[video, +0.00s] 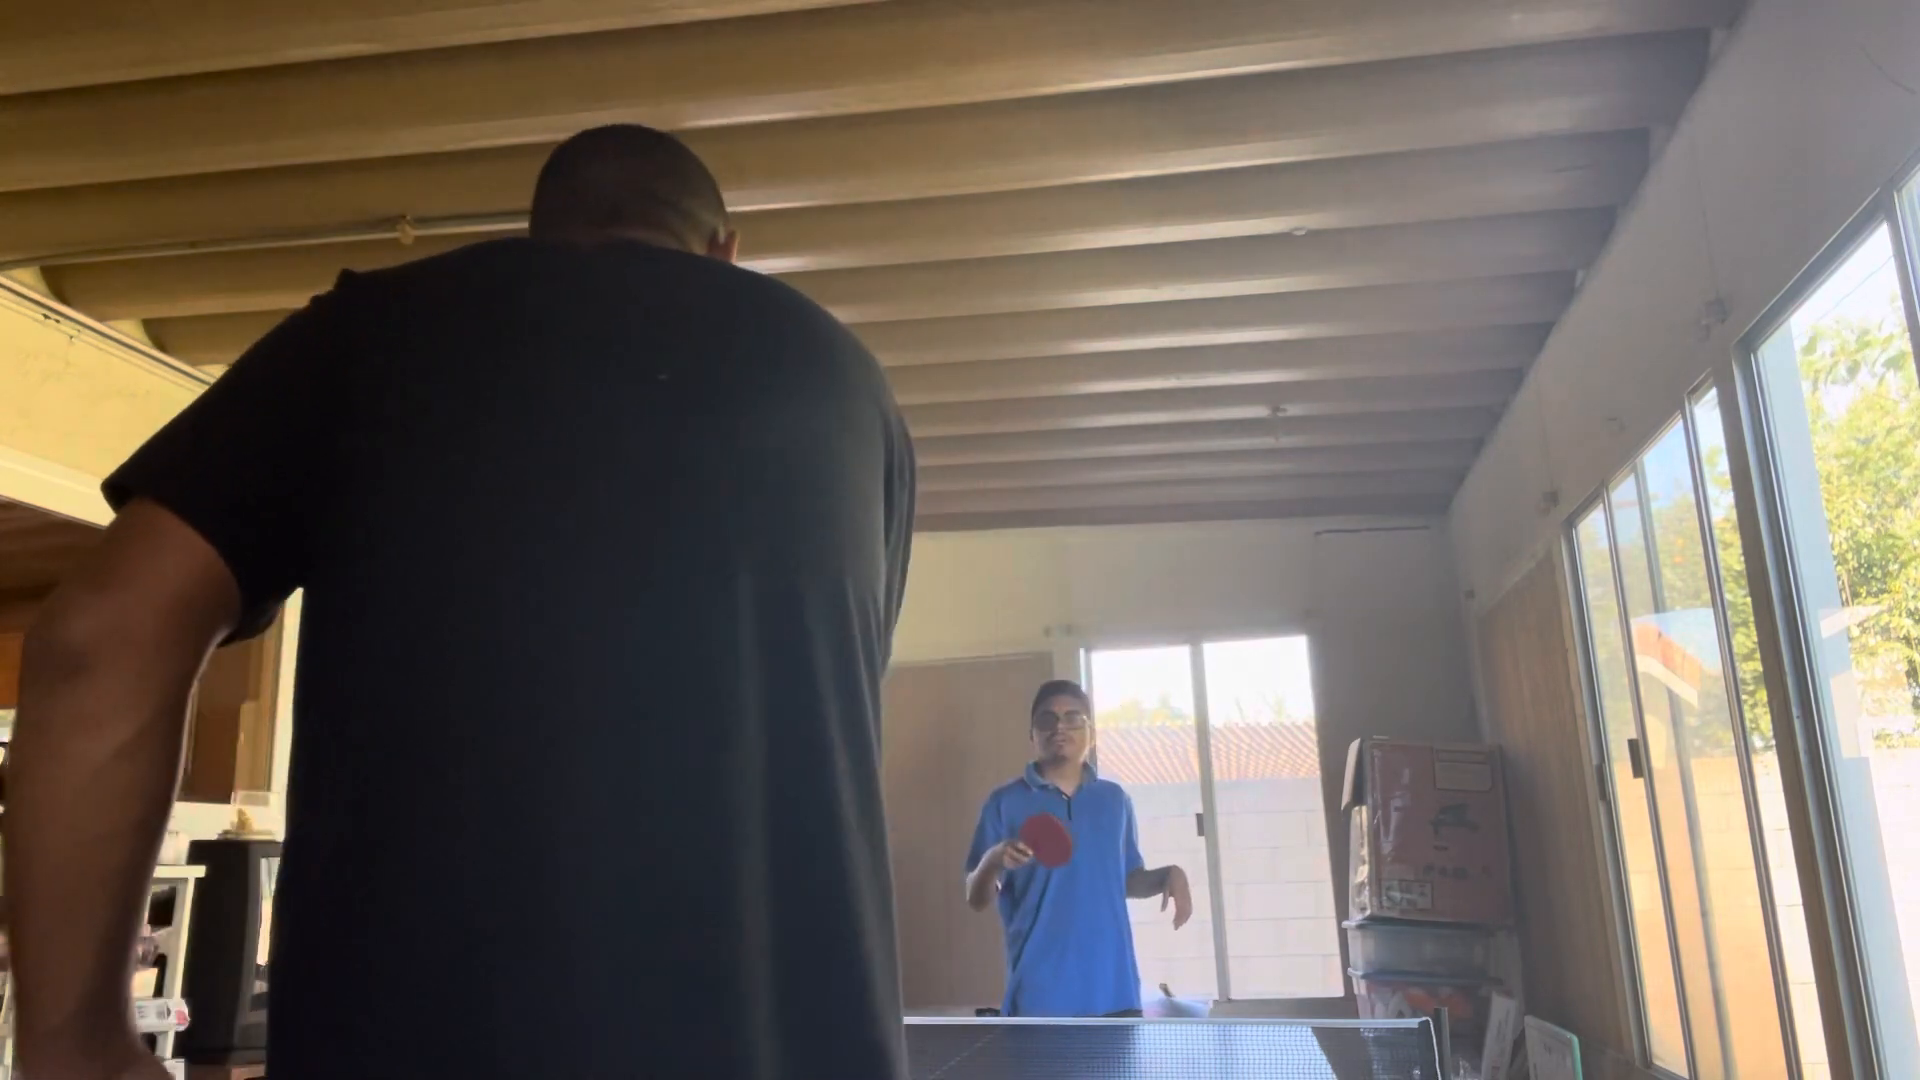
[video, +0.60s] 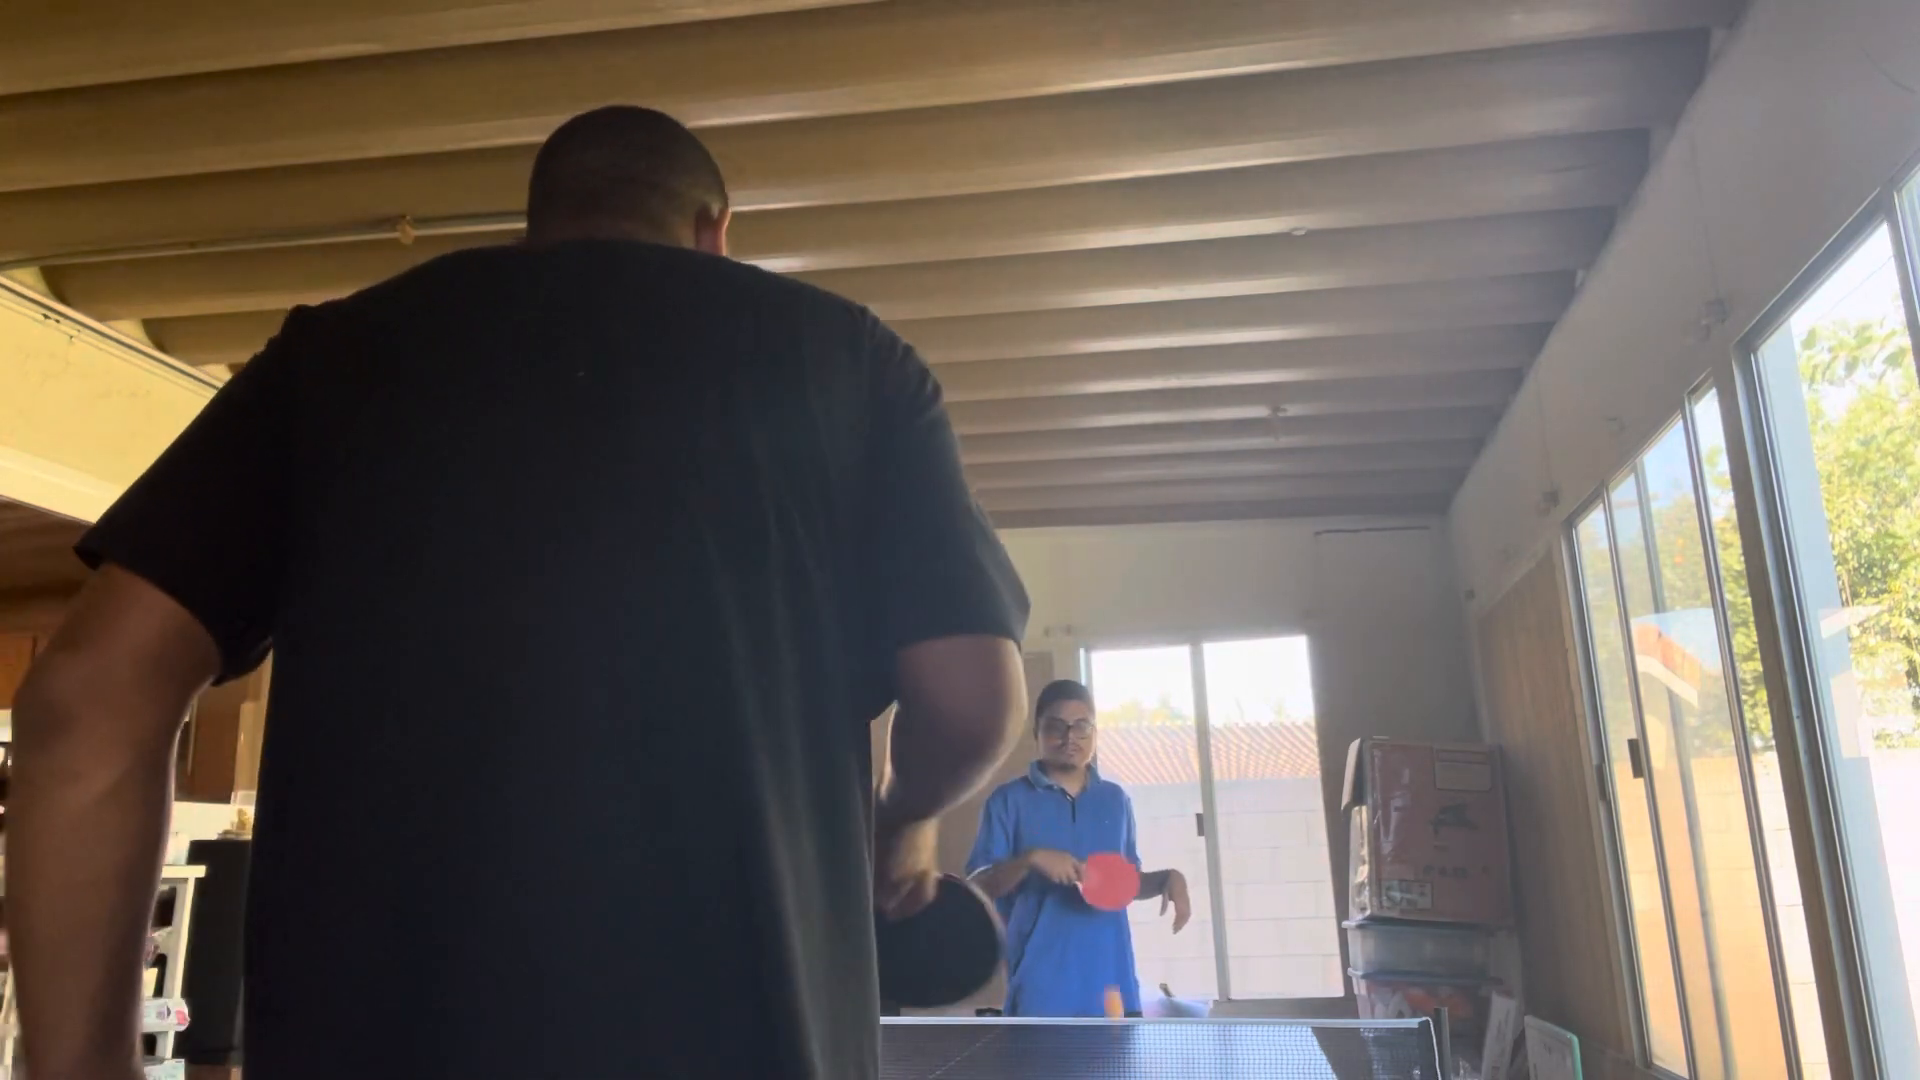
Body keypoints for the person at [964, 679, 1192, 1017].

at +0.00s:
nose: (1059, 728)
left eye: (1072, 718)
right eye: (1047, 719)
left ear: (1091, 732)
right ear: (1032, 733)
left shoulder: (1114, 799)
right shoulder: (1005, 803)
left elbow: (1128, 881)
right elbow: (977, 899)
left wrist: (1169, 874)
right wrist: (994, 858)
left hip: (1113, 990)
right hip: (1040, 995)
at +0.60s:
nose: (1069, 738)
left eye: (1081, 726)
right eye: (1056, 727)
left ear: (1095, 733)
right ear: (1037, 732)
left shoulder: (1114, 800)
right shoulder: (1008, 802)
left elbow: (1125, 882)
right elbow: (977, 887)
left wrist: (1168, 878)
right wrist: (1030, 860)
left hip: (1112, 986)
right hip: (1041, 989)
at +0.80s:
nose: (1077, 737)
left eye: (1087, 726)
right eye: (1063, 726)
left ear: (1099, 731)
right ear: (1042, 732)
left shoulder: (1113, 798)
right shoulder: (1016, 797)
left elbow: (1126, 878)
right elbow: (995, 868)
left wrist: (1169, 879)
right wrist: (1062, 853)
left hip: (1113, 985)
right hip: (1045, 990)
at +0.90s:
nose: (1080, 735)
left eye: (1090, 724)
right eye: (1065, 724)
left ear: (1101, 729)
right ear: (1043, 731)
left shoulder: (1113, 797)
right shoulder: (1020, 795)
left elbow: (1123, 866)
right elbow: (1006, 864)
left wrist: (1173, 882)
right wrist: (1078, 845)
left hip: (1114, 983)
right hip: (1046, 987)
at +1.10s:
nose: (1086, 730)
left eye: (1095, 720)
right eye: (1070, 720)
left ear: (1104, 728)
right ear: (1046, 728)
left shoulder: (1107, 792)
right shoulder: (1034, 780)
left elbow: (1110, 884)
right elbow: (1047, 811)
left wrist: (1171, 877)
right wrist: (1140, 803)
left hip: (1114, 987)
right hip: (1048, 993)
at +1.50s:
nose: (1104, 736)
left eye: (1111, 725)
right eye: (1090, 724)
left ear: (1117, 728)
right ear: (1061, 727)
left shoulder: (1116, 795)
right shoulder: (1041, 787)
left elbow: (1112, 887)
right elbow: (1028, 849)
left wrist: (1172, 887)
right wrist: (1113, 828)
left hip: (1129, 990)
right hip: (1065, 998)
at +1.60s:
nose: (1109, 737)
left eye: (1115, 727)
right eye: (1096, 726)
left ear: (1121, 728)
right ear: (1064, 728)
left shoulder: (1123, 796)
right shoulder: (1046, 789)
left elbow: (1119, 888)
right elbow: (1027, 859)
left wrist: (1179, 888)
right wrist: (1119, 853)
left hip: (1130, 988)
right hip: (1066, 994)